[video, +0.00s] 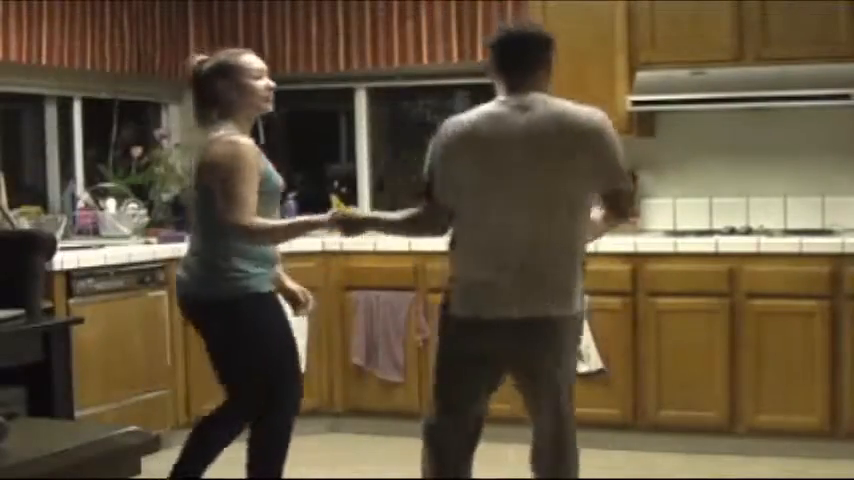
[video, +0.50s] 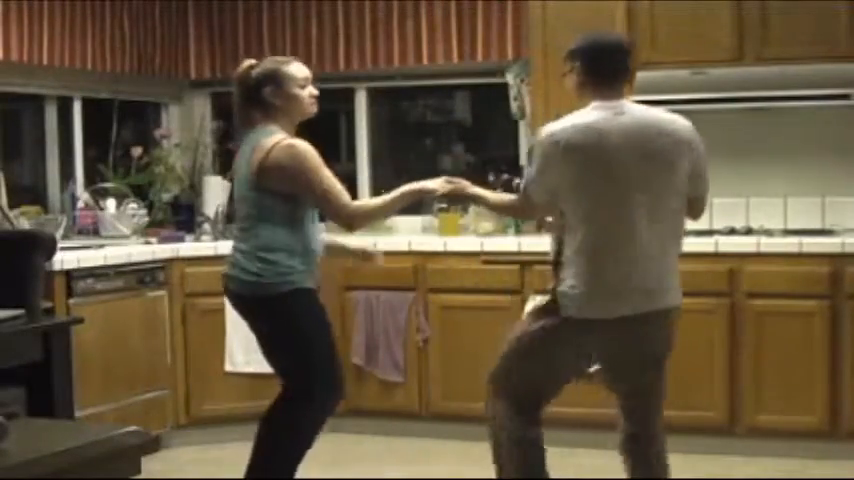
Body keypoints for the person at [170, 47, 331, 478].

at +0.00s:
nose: (271, 84)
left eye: (268, 76)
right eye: (259, 77)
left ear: (235, 92)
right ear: (228, 88)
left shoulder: (223, 146)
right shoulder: (236, 148)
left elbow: (235, 232)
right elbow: (239, 223)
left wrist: (280, 280)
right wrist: (316, 223)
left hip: (211, 291)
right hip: (236, 293)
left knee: (245, 398)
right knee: (282, 393)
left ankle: (183, 474)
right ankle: (264, 474)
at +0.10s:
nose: (283, 83)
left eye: (280, 75)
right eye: (272, 76)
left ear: (244, 90)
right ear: (241, 87)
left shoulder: (234, 141)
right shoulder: (249, 145)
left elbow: (265, 218)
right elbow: (273, 220)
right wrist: (345, 187)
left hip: (229, 286)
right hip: (250, 288)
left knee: (270, 390)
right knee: (287, 391)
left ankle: (202, 473)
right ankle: (266, 474)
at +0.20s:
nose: (293, 81)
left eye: (289, 73)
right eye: (281, 74)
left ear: (250, 87)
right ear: (250, 85)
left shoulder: (236, 137)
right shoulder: (265, 140)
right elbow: (309, 206)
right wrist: (366, 163)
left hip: (235, 281)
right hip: (260, 285)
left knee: (280, 386)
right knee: (289, 387)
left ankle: (241, 473)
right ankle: (252, 475)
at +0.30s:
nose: (299, 84)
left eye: (296, 76)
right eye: (289, 77)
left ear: (258, 90)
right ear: (259, 88)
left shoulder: (239, 139)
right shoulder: (277, 142)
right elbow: (334, 202)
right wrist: (397, 164)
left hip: (239, 280)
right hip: (267, 284)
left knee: (287, 386)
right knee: (295, 387)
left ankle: (260, 473)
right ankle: (263, 474)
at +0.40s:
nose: (306, 92)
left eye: (303, 84)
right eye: (296, 86)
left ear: (262, 97)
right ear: (265, 95)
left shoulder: (241, 145)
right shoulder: (287, 152)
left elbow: (254, 225)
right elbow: (342, 219)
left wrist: (302, 266)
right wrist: (405, 190)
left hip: (243, 282)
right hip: (275, 289)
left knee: (296, 387)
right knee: (307, 391)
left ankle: (262, 473)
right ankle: (267, 474)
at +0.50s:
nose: (315, 91)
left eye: (312, 83)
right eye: (304, 85)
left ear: (272, 97)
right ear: (274, 95)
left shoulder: (256, 144)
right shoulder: (292, 151)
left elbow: (283, 221)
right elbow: (350, 214)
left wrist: (347, 242)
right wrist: (416, 191)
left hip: (254, 281)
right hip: (279, 287)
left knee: (302, 386)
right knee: (322, 389)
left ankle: (261, 473)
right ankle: (269, 474)